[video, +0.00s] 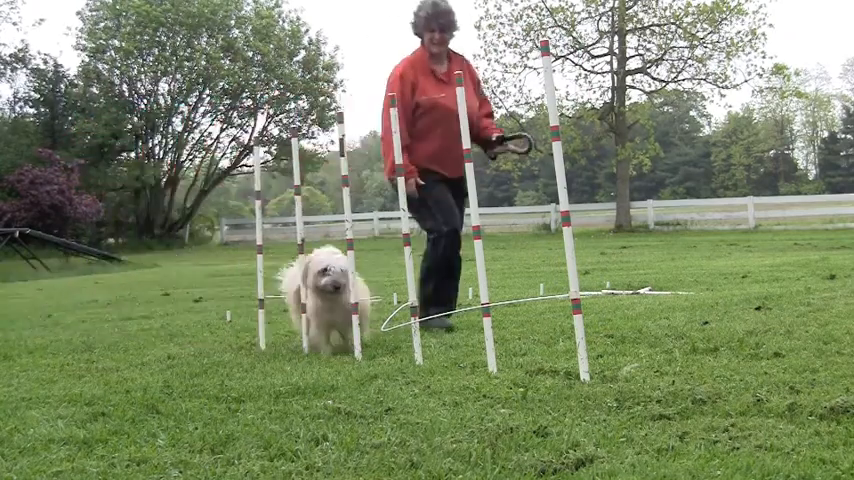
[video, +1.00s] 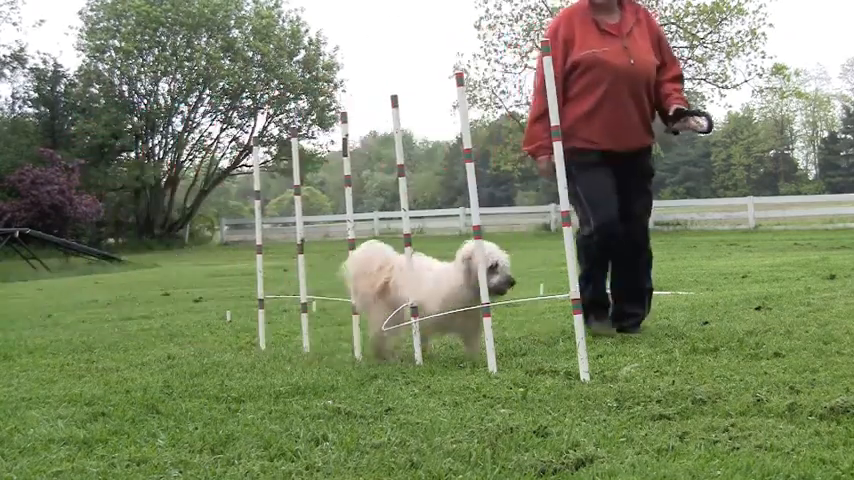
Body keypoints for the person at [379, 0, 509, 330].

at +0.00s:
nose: (437, 36)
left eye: (443, 30)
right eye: (431, 31)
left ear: (451, 32)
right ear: (420, 33)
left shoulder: (464, 68)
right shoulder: (405, 73)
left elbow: (480, 112)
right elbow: (393, 126)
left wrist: (492, 138)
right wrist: (402, 171)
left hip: (455, 171)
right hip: (420, 172)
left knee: (451, 240)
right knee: (446, 230)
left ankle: (441, 313)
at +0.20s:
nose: (469, 30)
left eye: (475, 24)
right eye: (462, 24)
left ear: (485, 26)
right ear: (452, 27)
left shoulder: (499, 63)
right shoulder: (441, 66)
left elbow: (519, 106)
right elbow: (422, 119)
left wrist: (528, 127)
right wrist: (412, 167)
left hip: (489, 171)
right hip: (448, 170)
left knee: (463, 246)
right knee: (480, 237)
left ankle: (435, 318)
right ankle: (509, 318)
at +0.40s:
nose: (499, 17)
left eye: (506, 9)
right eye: (492, 11)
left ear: (516, 10)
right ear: (481, 14)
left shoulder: (532, 50)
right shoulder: (470, 56)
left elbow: (552, 97)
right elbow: (455, 116)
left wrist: (560, 122)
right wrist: (450, 166)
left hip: (526, 168)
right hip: (486, 171)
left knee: (539, 238)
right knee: (503, 245)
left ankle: (494, 293)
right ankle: (512, 321)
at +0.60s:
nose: (532, 6)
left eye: (539, 0)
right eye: (525, 1)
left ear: (550, 3)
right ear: (515, 4)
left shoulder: (568, 42)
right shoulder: (501, 47)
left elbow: (585, 91)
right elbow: (489, 106)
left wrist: (596, 124)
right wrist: (501, 153)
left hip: (564, 160)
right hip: (513, 163)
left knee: (584, 233)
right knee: (508, 247)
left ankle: (609, 311)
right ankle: (514, 323)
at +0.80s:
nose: (569, 2)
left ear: (589, 1)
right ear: (552, 2)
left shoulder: (610, 39)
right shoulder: (539, 43)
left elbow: (627, 93)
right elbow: (525, 104)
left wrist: (637, 124)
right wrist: (529, 156)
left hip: (607, 164)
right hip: (554, 165)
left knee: (619, 244)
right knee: (543, 247)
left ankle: (624, 322)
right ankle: (525, 319)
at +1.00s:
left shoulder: (643, 20)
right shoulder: (565, 25)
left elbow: (666, 72)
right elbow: (544, 90)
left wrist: (674, 105)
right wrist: (542, 146)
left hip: (634, 149)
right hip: (584, 149)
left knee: (634, 234)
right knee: (602, 225)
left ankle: (630, 316)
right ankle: (594, 305)